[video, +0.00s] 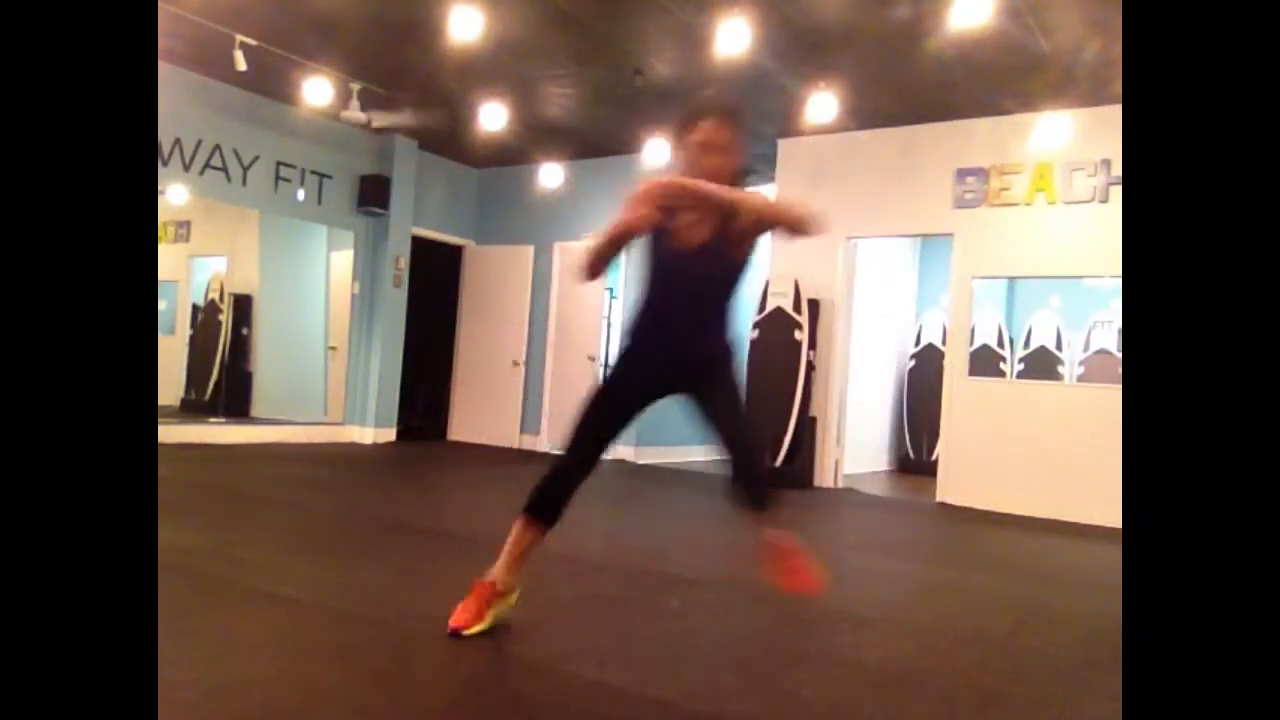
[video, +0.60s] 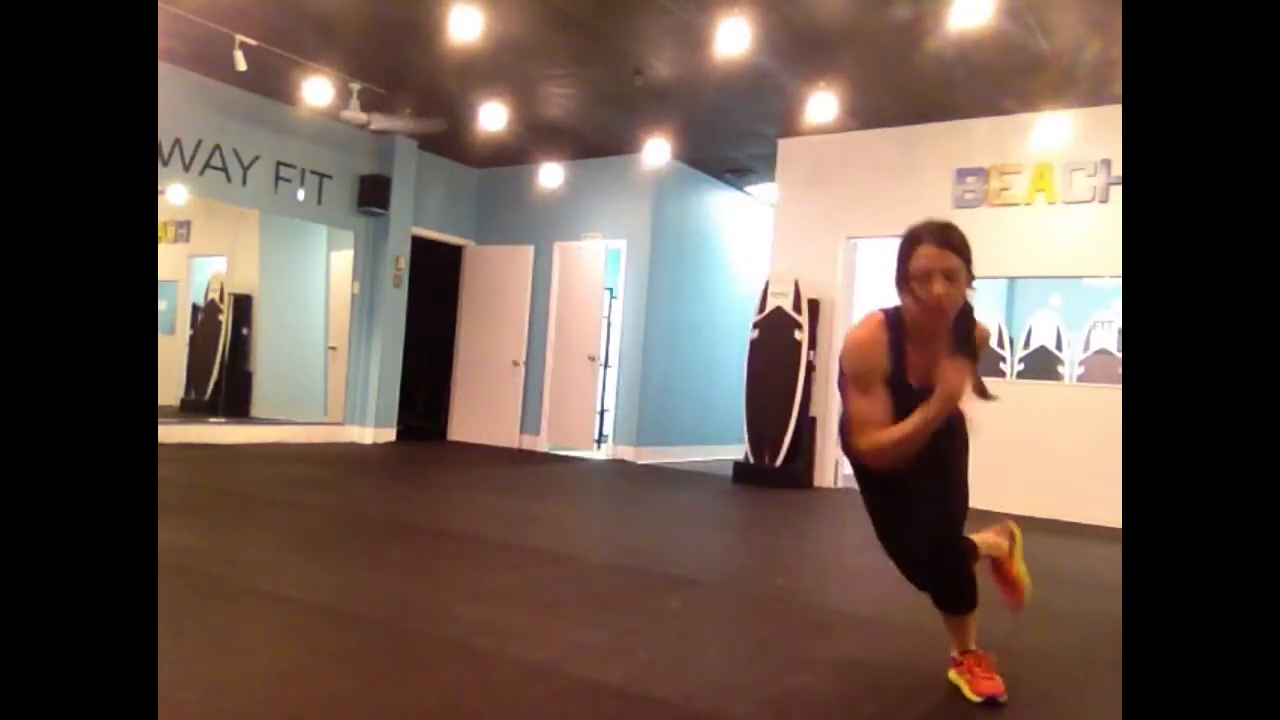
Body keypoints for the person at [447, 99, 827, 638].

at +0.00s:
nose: (709, 158)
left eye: (721, 149)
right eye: (700, 147)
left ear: (739, 158)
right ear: (682, 151)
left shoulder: (746, 212)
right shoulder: (660, 200)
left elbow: (803, 222)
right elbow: (591, 266)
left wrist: (732, 203)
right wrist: (633, 223)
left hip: (707, 362)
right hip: (646, 355)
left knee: (748, 457)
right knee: (576, 460)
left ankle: (774, 540)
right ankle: (500, 579)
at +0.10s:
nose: (772, 158)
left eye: (783, 147)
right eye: (760, 146)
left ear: (799, 150)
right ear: (739, 147)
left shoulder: (820, 199)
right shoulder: (717, 196)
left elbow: (909, 230)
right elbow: (663, 280)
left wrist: (855, 229)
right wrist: (690, 227)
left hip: (774, 356)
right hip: (708, 349)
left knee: (827, 464)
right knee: (625, 442)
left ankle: (895, 573)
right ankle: (543, 537)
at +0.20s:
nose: (835, 190)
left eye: (844, 177)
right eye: (823, 179)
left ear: (859, 177)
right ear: (801, 181)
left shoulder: (880, 228)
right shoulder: (781, 234)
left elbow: (962, 277)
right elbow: (753, 319)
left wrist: (969, 312)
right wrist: (787, 253)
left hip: (834, 379)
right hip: (771, 374)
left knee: (890, 493)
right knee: (702, 448)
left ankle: (960, 625)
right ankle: (650, 495)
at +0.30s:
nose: (886, 235)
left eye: (897, 224)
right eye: (874, 224)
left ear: (910, 227)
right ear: (850, 225)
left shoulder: (932, 281)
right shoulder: (823, 284)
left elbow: (990, 343)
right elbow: (830, 364)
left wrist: (1018, 426)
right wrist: (866, 304)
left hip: (890, 417)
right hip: (824, 416)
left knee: (935, 524)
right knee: (769, 529)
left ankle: (965, 652)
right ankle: (780, 482)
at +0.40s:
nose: (926, 278)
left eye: (938, 264)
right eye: (911, 265)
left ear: (953, 267)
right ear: (888, 268)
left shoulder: (963, 321)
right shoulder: (857, 328)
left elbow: (975, 365)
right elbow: (890, 426)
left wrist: (983, 416)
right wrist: (918, 358)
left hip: (922, 429)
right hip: (857, 435)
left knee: (951, 540)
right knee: (866, 568)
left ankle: (965, 656)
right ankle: (890, 540)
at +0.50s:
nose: (942, 298)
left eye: (953, 285)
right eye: (927, 286)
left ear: (971, 290)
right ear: (904, 293)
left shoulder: (977, 341)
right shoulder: (871, 349)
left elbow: (956, 377)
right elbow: (908, 456)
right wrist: (940, 381)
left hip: (942, 447)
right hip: (878, 460)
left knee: (951, 558)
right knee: (918, 577)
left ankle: (966, 656)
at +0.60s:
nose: (936, 290)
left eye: (949, 277)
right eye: (922, 278)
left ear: (968, 284)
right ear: (902, 283)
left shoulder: (972, 336)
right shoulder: (867, 342)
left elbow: (957, 378)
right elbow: (870, 451)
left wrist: (961, 395)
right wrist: (940, 403)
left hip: (941, 440)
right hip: (879, 457)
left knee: (944, 552)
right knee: (920, 568)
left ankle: (966, 656)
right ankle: (997, 544)